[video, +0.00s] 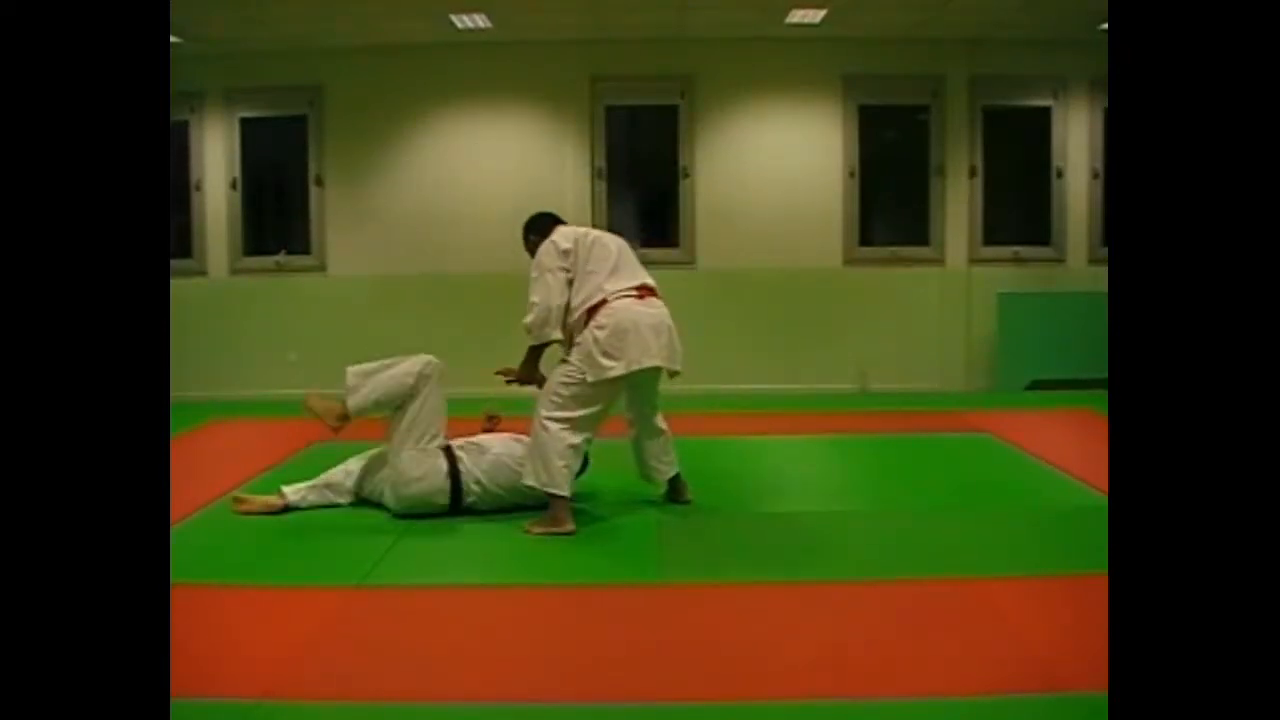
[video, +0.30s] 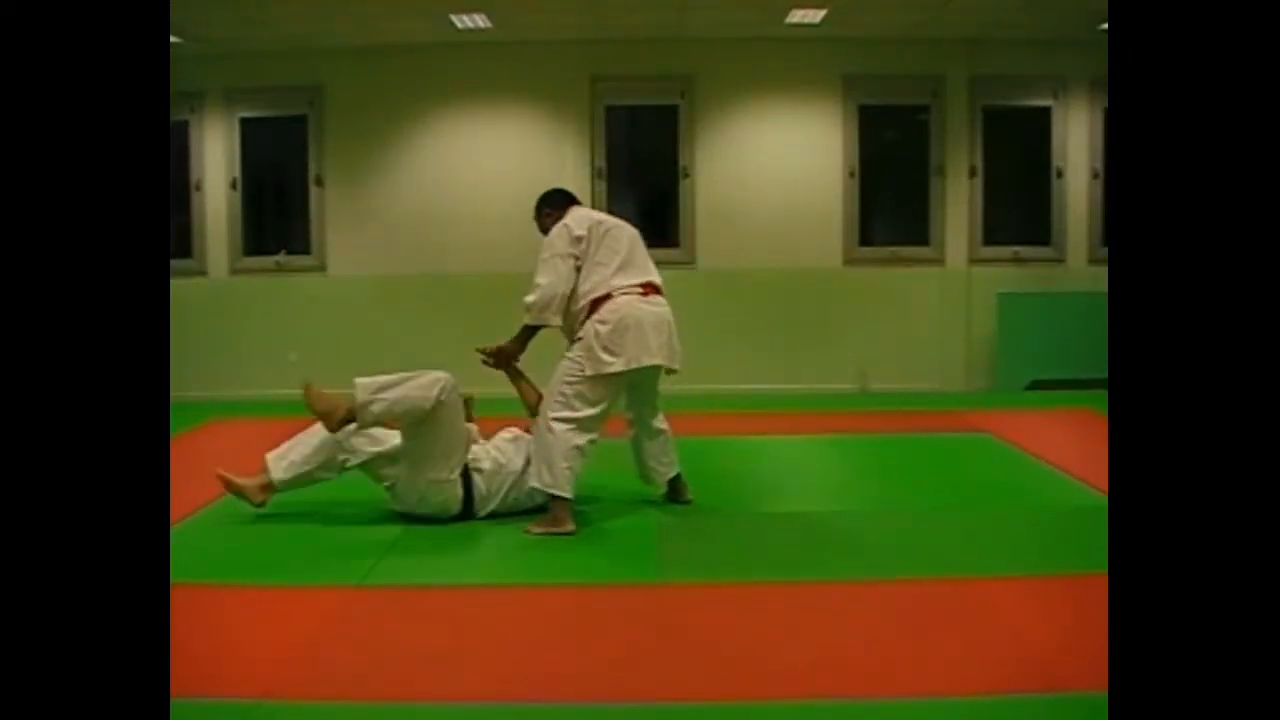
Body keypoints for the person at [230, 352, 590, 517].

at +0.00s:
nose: (542, 420)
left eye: (549, 422)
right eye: (544, 419)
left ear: (563, 445)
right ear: (566, 452)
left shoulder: (551, 463)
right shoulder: (524, 454)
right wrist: (490, 435)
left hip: (430, 479)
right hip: (415, 486)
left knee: (427, 371)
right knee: (360, 472)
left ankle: (344, 408)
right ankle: (284, 499)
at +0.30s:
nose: (525, 424)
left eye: (535, 424)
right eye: (527, 422)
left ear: (553, 432)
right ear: (528, 432)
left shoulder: (551, 467)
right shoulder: (510, 452)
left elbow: (548, 414)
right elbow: (471, 450)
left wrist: (510, 370)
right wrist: (466, 418)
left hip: (447, 492)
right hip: (420, 482)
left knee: (441, 388)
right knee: (349, 432)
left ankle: (347, 410)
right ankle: (264, 483)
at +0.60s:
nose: (484, 398)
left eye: (493, 393)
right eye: (484, 392)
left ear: (516, 402)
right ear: (486, 395)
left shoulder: (519, 438)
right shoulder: (459, 424)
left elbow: (486, 438)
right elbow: (409, 426)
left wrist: (441, 410)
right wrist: (371, 425)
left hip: (437, 500)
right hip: (403, 482)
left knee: (376, 440)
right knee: (330, 471)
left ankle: (275, 492)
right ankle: (221, 489)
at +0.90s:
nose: (403, 388)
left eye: (411, 383)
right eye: (399, 380)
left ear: (436, 376)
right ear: (395, 371)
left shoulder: (464, 407)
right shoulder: (387, 387)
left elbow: (507, 466)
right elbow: (343, 423)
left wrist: (472, 512)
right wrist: (312, 454)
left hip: (424, 500)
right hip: (377, 480)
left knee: (398, 477)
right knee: (294, 477)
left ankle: (325, 527)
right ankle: (205, 524)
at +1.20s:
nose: (385, 419)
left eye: (394, 412)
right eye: (378, 410)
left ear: (409, 399)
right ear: (364, 392)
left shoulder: (436, 416)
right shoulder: (343, 403)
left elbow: (469, 464)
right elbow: (304, 459)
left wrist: (473, 522)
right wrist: (316, 510)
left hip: (392, 498)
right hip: (340, 477)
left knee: (396, 531)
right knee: (265, 458)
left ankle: (316, 534)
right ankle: (187, 527)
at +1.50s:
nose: (445, 365)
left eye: (451, 356)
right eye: (440, 354)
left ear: (452, 353)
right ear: (409, 343)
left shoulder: (437, 385)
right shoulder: (363, 350)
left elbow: (453, 450)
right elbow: (297, 398)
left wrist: (470, 518)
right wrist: (335, 443)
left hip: (357, 462)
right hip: (300, 434)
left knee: (373, 546)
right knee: (245, 467)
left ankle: (315, 534)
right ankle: (190, 535)